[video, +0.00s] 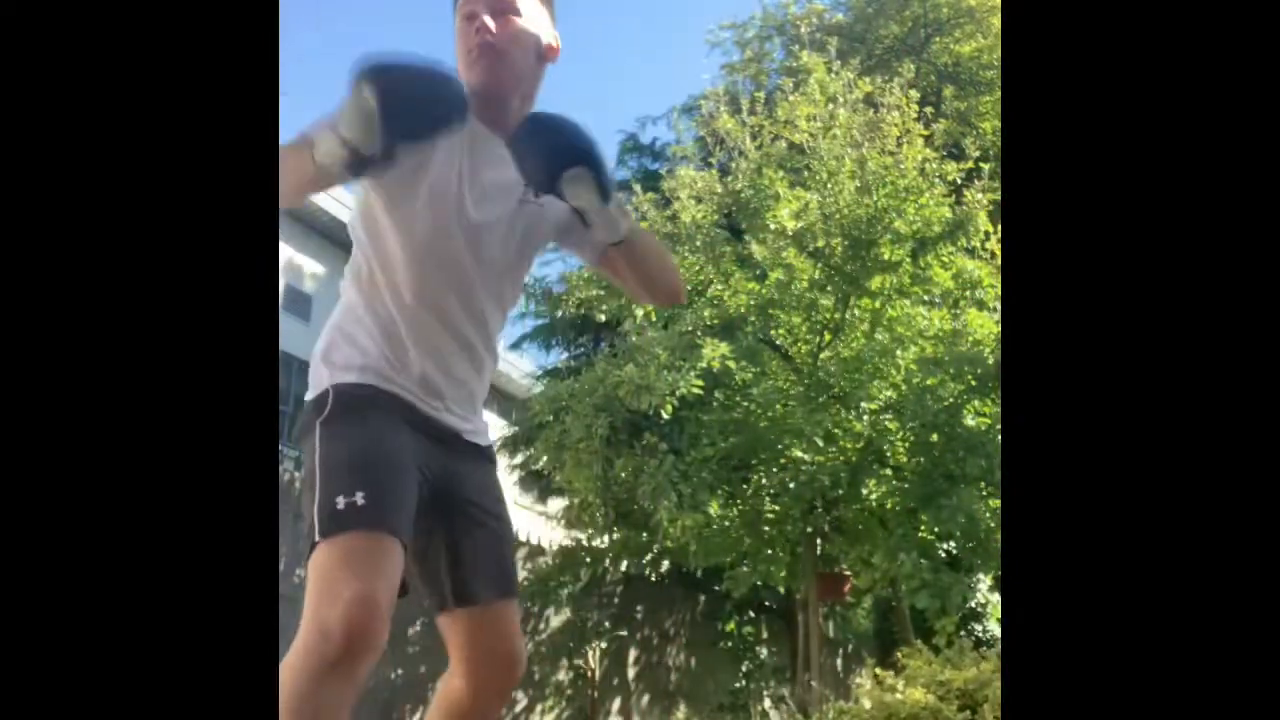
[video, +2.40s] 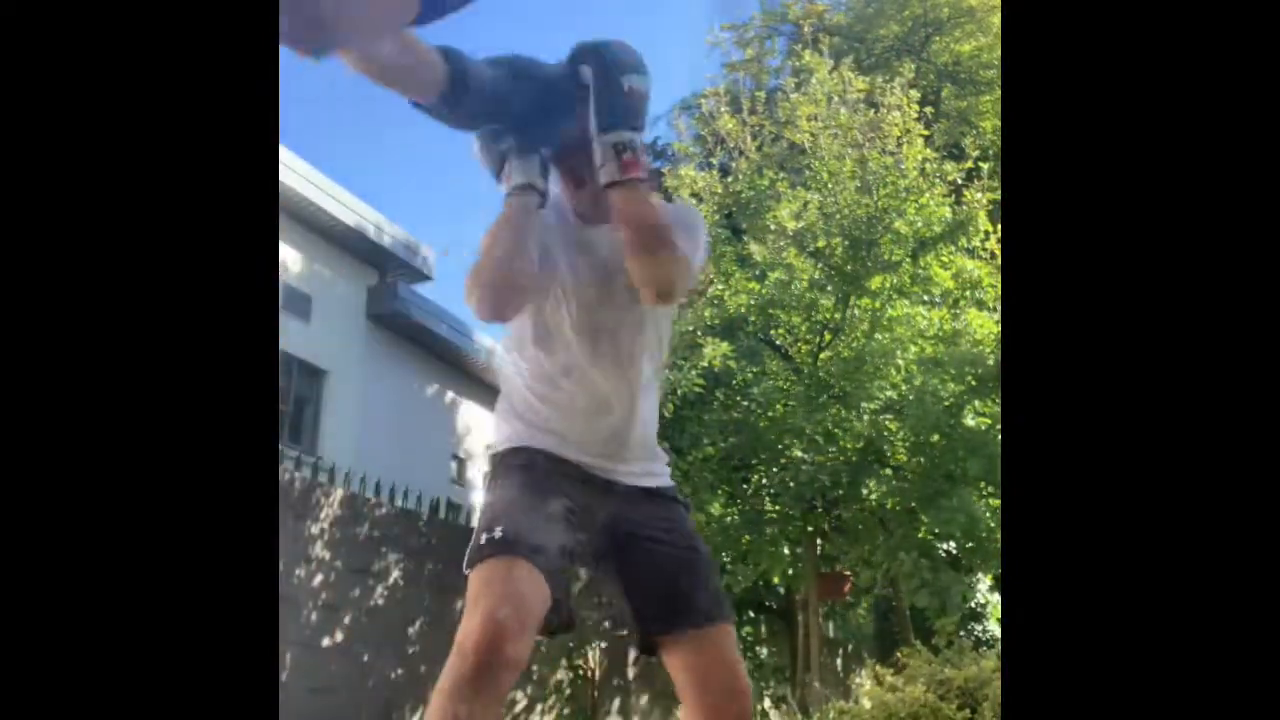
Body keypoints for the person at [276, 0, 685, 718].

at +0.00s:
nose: (480, 21)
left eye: (504, 10)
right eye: (469, 12)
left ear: (550, 47)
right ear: (455, 40)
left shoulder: (552, 184)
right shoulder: (406, 117)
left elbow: (666, 289)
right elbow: (282, 187)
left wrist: (605, 207)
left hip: (460, 423)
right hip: (366, 385)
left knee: (493, 665)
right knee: (351, 623)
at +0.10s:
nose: (494, 58)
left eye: (516, 47)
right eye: (481, 49)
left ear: (553, 80)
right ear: (465, 73)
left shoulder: (547, 209)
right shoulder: (408, 137)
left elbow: (596, 322)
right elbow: (292, 234)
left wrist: (525, 223)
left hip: (450, 432)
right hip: (361, 387)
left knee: (449, 679)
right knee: (345, 622)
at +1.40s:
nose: (499, 122)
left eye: (517, 106)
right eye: (483, 111)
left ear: (555, 122)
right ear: (467, 125)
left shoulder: (574, 236)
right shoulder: (425, 197)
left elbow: (569, 326)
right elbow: (331, 304)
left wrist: (521, 206)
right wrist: (393, 218)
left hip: (498, 457)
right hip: (403, 421)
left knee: (493, 693)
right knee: (371, 631)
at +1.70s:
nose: (456, 98)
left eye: (474, 79)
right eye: (439, 82)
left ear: (509, 86)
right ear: (420, 99)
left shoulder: (569, 186)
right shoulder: (405, 183)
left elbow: (564, 278)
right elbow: (372, 299)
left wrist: (508, 155)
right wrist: (406, 156)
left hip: (529, 459)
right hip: (419, 438)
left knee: (595, 691)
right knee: (362, 638)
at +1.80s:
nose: (492, 100)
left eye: (508, 82)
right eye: (475, 90)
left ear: (553, 92)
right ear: (459, 106)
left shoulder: (595, 206)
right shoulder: (430, 194)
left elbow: (610, 330)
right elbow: (369, 347)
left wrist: (549, 215)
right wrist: (422, 237)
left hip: (544, 462)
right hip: (436, 439)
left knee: (618, 696)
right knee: (377, 642)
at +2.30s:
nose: (568, 119)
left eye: (584, 102)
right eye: (553, 106)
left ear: (625, 109)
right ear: (538, 119)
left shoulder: (667, 211)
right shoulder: (518, 200)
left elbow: (687, 285)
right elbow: (412, 300)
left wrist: (632, 164)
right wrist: (478, 185)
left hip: (628, 468)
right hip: (527, 444)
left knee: (675, 696)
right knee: (492, 645)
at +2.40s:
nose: (590, 151)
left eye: (608, 131)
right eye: (575, 133)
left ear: (635, 130)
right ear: (549, 136)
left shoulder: (677, 221)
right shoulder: (531, 212)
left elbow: (662, 285)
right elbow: (493, 301)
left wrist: (622, 159)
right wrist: (522, 178)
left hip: (641, 473)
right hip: (537, 456)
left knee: (724, 697)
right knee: (492, 643)